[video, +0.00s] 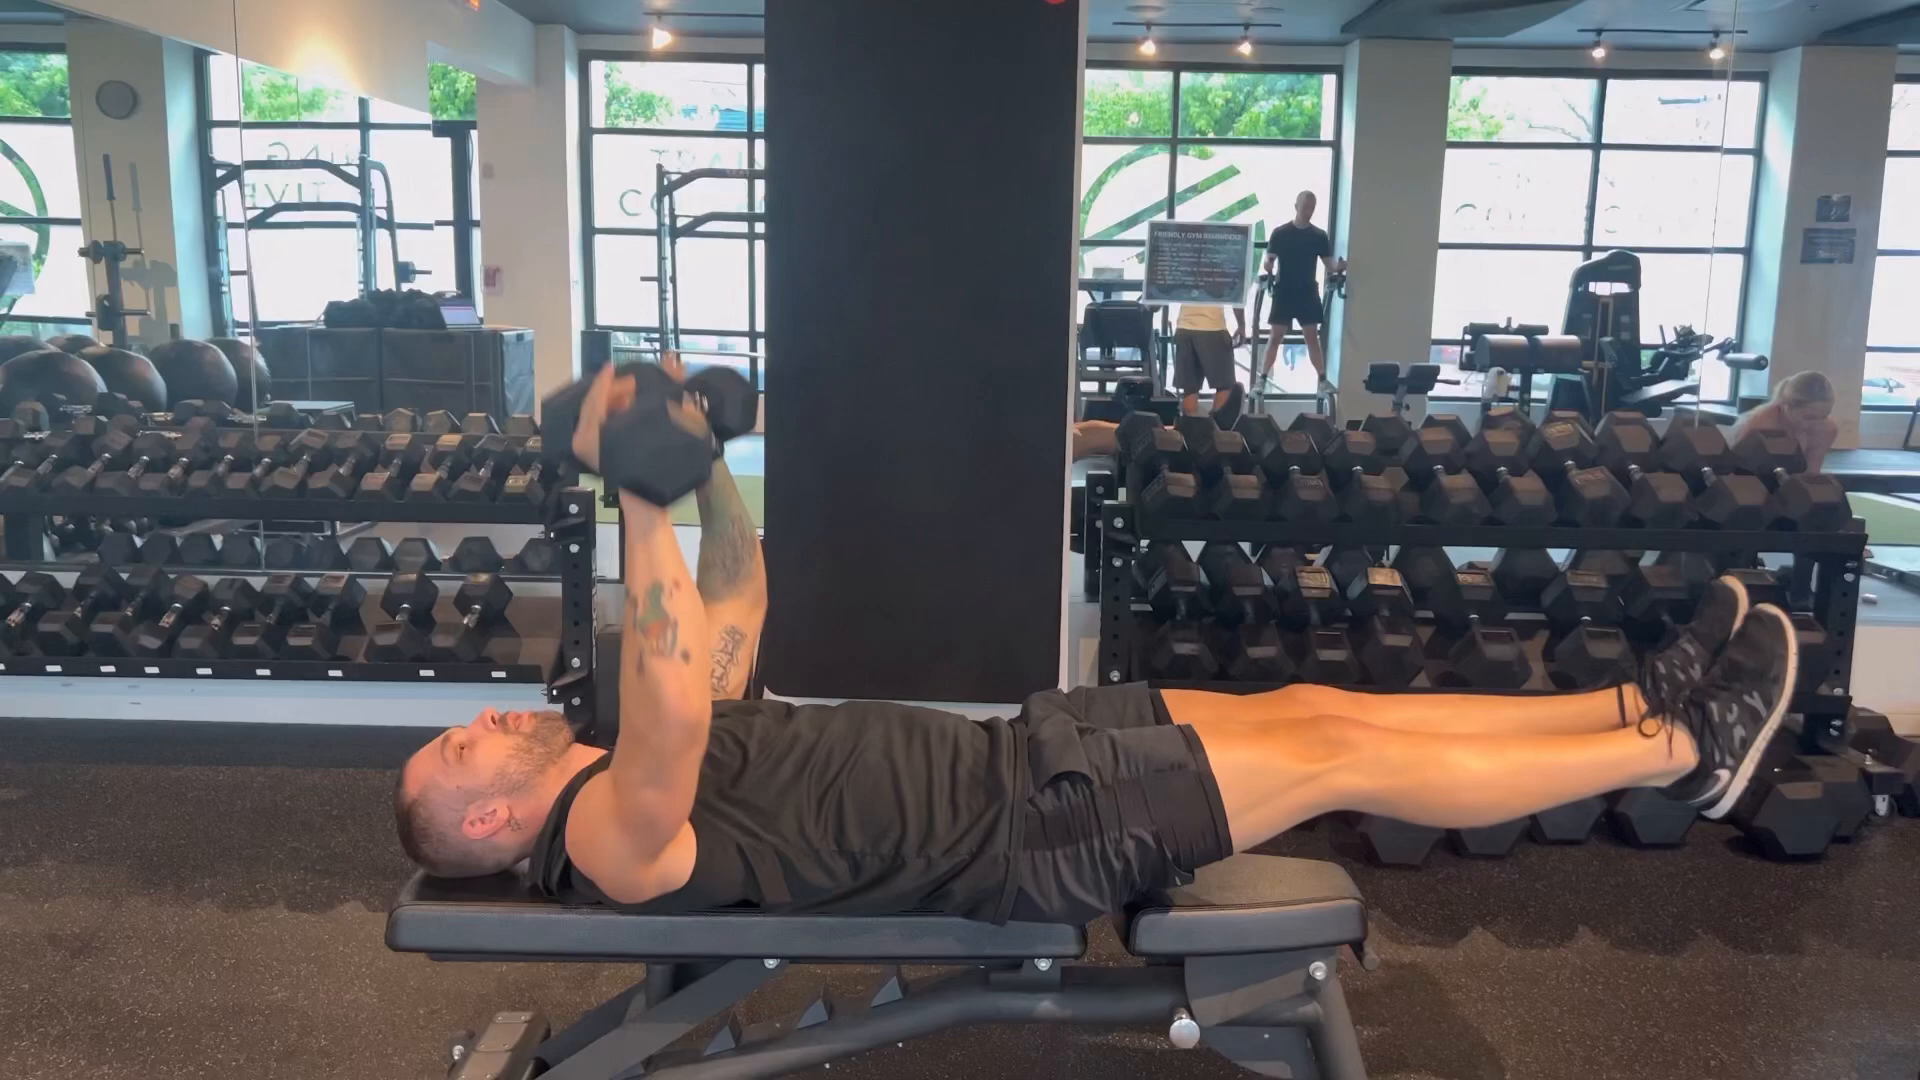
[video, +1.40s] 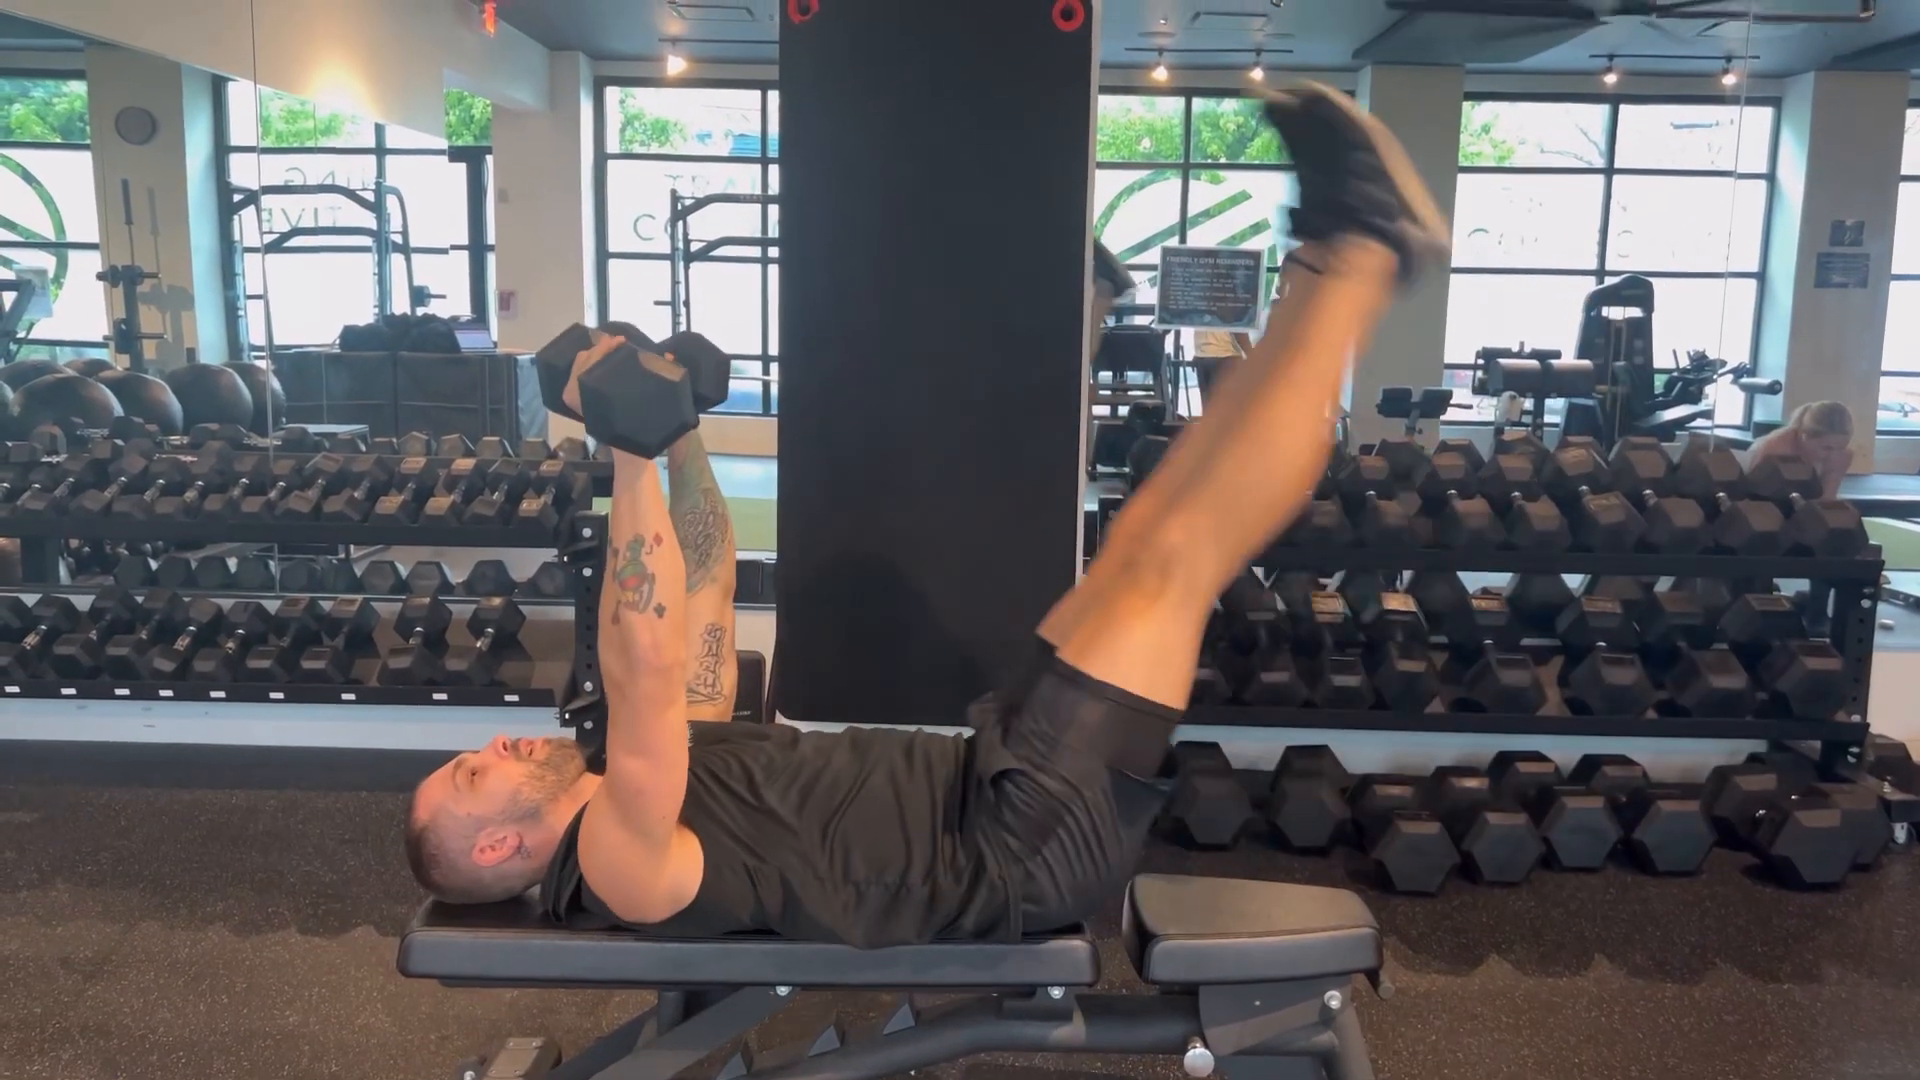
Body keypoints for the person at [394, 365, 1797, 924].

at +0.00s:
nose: (496, 722)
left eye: (476, 729)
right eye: (473, 753)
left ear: (524, 748)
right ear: (499, 826)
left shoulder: (630, 759)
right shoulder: (613, 841)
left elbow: (729, 639)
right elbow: (671, 700)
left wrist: (705, 478)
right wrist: (644, 512)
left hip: (1034, 743)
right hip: (1038, 812)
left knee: (1334, 706)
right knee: (1340, 748)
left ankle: (1645, 714)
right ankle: (1671, 751)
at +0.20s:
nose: (498, 732)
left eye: (480, 733)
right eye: (473, 763)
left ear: (525, 744)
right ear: (485, 829)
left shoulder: (615, 755)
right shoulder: (596, 850)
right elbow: (688, 893)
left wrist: (622, 602)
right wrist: (656, 710)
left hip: (1031, 750)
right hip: (1026, 826)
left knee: (1340, 733)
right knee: (1346, 762)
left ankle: (1647, 733)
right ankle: (1677, 760)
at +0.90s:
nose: (509, 738)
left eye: (489, 744)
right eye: (486, 766)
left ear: (538, 773)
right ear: (508, 846)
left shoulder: (641, 771)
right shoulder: (624, 856)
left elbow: (735, 635)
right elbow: (659, 696)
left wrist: (705, 481)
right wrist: (651, 509)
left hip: (1043, 760)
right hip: (1048, 829)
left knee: (1347, 744)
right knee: (1365, 798)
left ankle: (1658, 761)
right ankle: (1690, 803)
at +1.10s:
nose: (504, 748)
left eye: (483, 754)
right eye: (485, 781)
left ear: (537, 790)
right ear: (520, 851)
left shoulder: (654, 778)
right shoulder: (630, 845)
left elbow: (711, 611)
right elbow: (642, 646)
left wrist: (668, 455)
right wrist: (633, 464)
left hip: (1044, 758)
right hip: (1053, 837)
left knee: (1324, 685)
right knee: (1340, 720)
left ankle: (1650, 640)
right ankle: (1680, 666)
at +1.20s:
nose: (506, 746)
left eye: (488, 753)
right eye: (484, 778)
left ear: (536, 790)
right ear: (514, 850)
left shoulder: (650, 785)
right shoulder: (630, 850)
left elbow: (709, 602)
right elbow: (639, 636)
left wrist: (682, 441)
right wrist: (636, 454)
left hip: (1022, 764)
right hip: (1028, 834)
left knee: (1287, 630)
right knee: (1300, 655)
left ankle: (1585, 492)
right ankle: (1627, 513)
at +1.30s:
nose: (495, 751)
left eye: (474, 764)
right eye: (480, 784)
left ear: (527, 790)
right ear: (519, 851)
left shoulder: (640, 775)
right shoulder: (631, 851)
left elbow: (706, 610)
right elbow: (641, 643)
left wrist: (676, 433)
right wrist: (627, 462)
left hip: (1003, 767)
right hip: (1029, 833)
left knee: (1240, 567)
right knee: (1252, 585)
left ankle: (1469, 359)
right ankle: (1519, 365)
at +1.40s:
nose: (495, 745)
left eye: (475, 755)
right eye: (474, 787)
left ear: (513, 761)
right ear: (514, 846)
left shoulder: (634, 778)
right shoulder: (623, 852)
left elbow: (706, 607)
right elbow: (650, 636)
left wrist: (668, 433)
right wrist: (641, 450)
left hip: (992, 776)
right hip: (1020, 839)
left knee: (1154, 530)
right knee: (1168, 546)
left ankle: (1339, 257)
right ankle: (1361, 253)